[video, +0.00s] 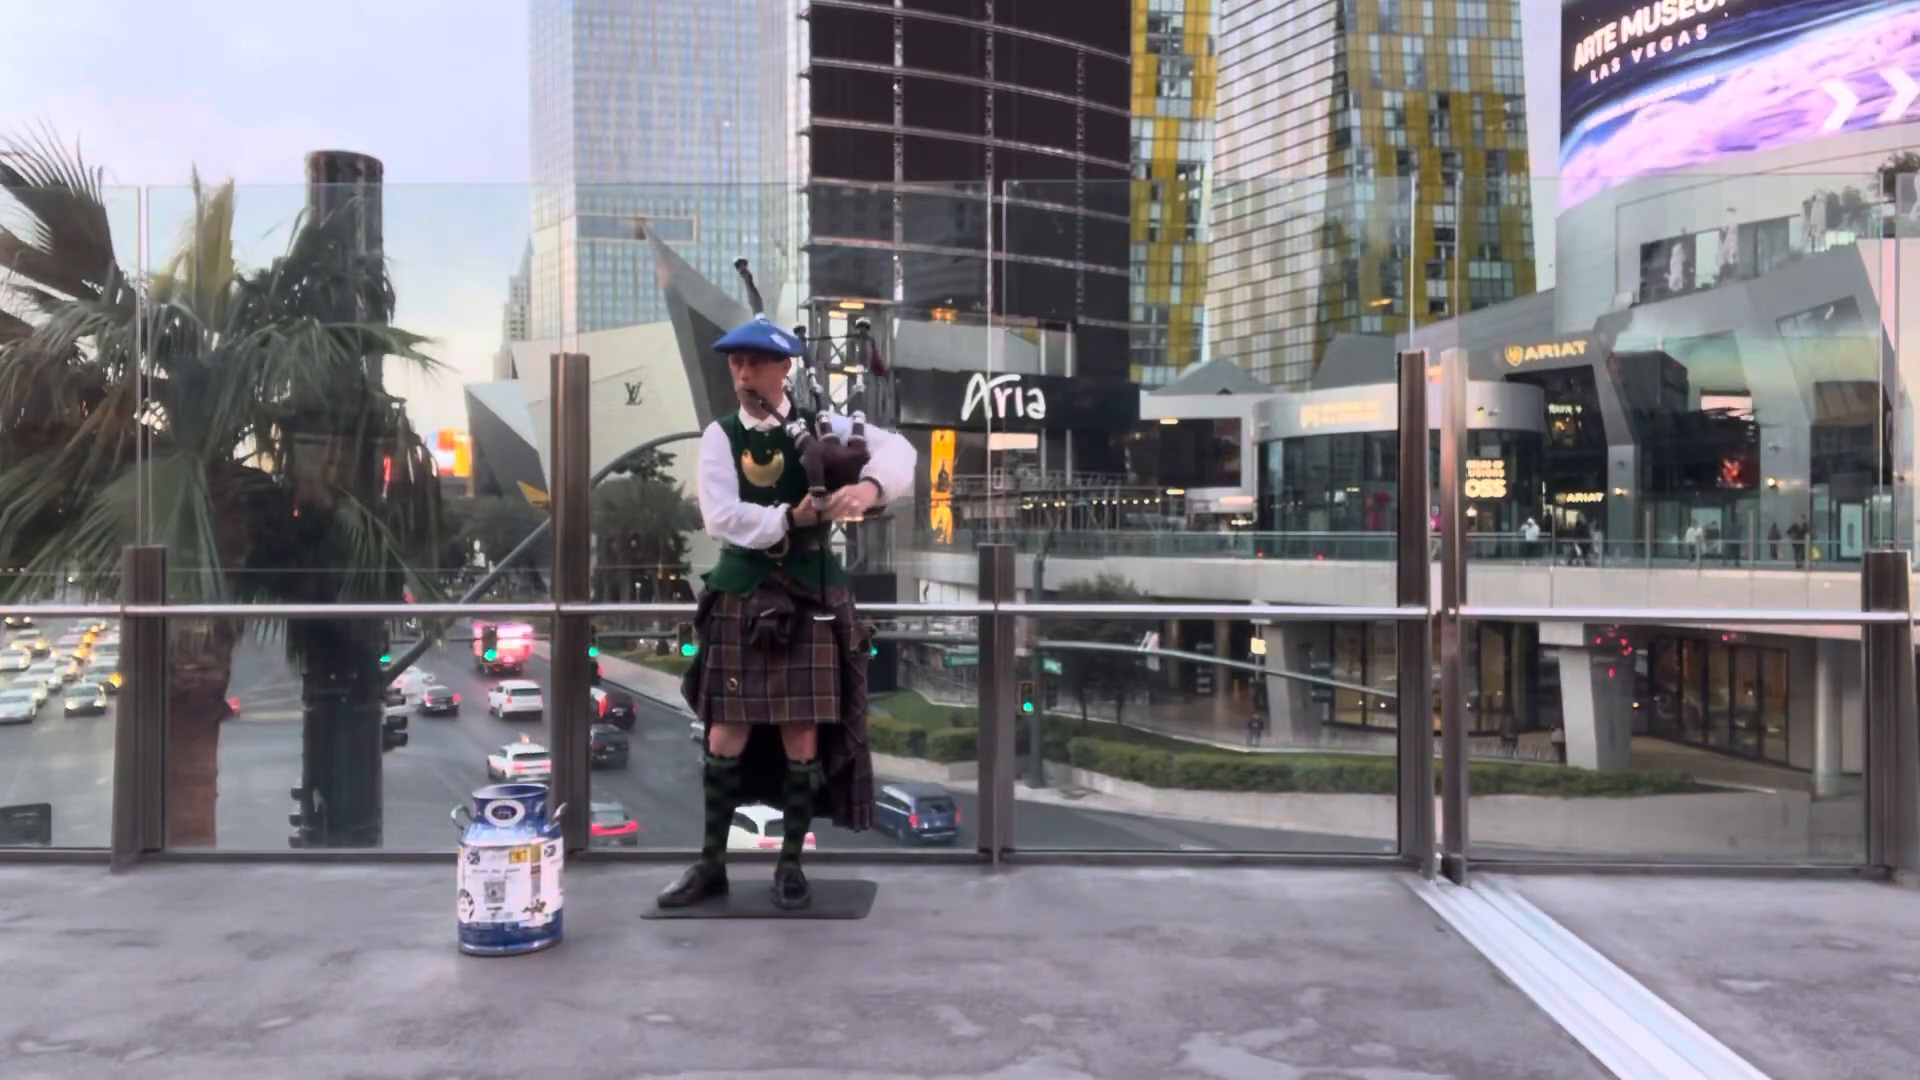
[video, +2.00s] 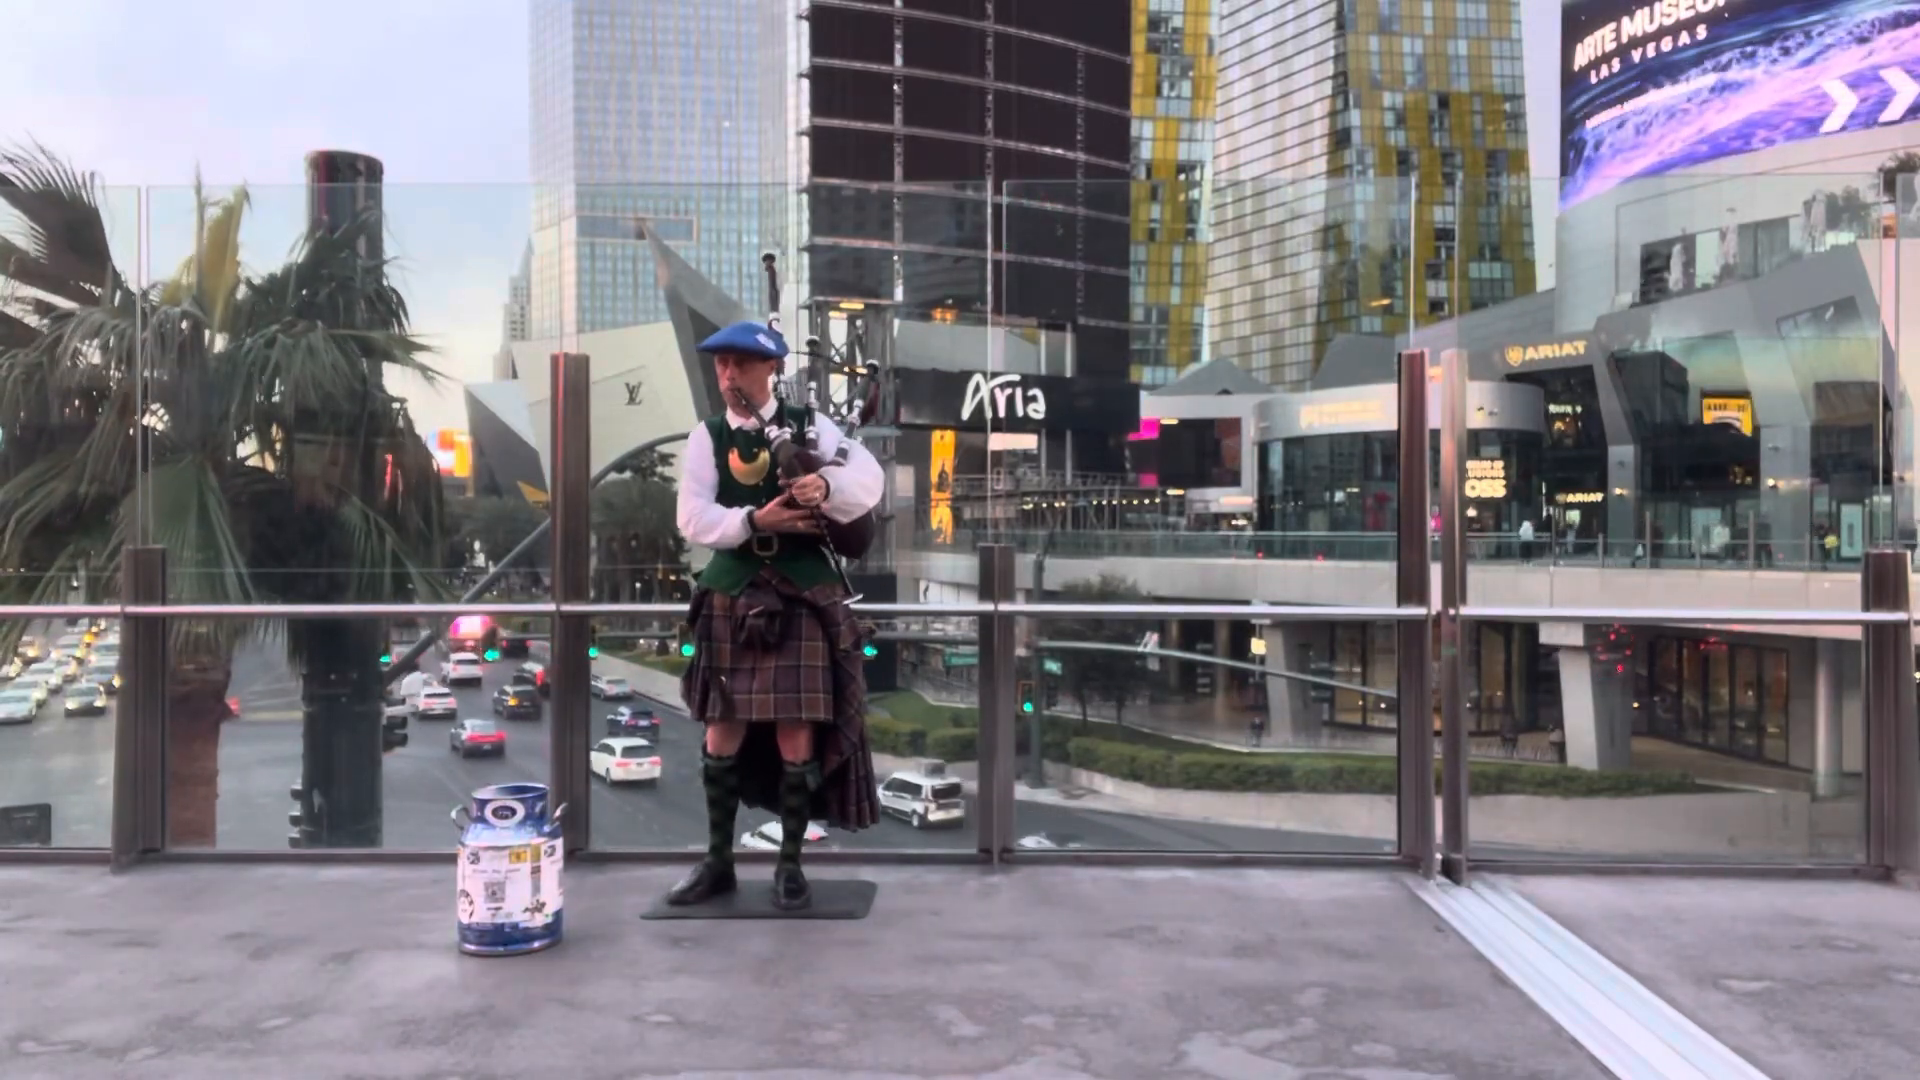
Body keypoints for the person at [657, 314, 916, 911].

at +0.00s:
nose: (740, 374)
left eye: (753, 363)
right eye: (735, 364)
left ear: (785, 367)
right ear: (731, 370)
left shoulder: (825, 424)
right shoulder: (722, 434)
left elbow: (899, 450)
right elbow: (721, 515)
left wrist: (871, 487)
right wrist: (792, 517)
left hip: (811, 595)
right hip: (741, 594)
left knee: (801, 733)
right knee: (726, 731)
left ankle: (790, 866)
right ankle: (711, 866)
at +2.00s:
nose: (727, 375)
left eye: (740, 363)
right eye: (720, 364)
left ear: (771, 368)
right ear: (716, 370)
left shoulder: (811, 425)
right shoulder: (707, 438)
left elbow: (869, 482)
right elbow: (692, 518)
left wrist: (827, 489)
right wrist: (757, 519)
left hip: (804, 591)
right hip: (731, 592)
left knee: (795, 727)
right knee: (723, 726)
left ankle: (789, 864)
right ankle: (719, 861)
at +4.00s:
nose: (673, 373)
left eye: (684, 362)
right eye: (663, 363)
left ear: (708, 368)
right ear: (651, 373)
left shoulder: (745, 428)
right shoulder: (639, 449)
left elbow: (794, 479)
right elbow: (621, 536)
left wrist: (745, 525)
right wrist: (661, 564)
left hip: (743, 594)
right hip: (672, 599)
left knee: (757, 728)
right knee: (687, 730)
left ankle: (782, 860)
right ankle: (716, 863)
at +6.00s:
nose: (742, 374)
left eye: (754, 362)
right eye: (734, 363)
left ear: (781, 368)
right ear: (724, 372)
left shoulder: (818, 427)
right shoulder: (710, 443)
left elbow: (859, 486)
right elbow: (686, 527)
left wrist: (810, 531)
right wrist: (722, 567)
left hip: (802, 594)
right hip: (730, 593)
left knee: (791, 729)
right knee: (716, 732)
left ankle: (782, 864)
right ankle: (725, 862)